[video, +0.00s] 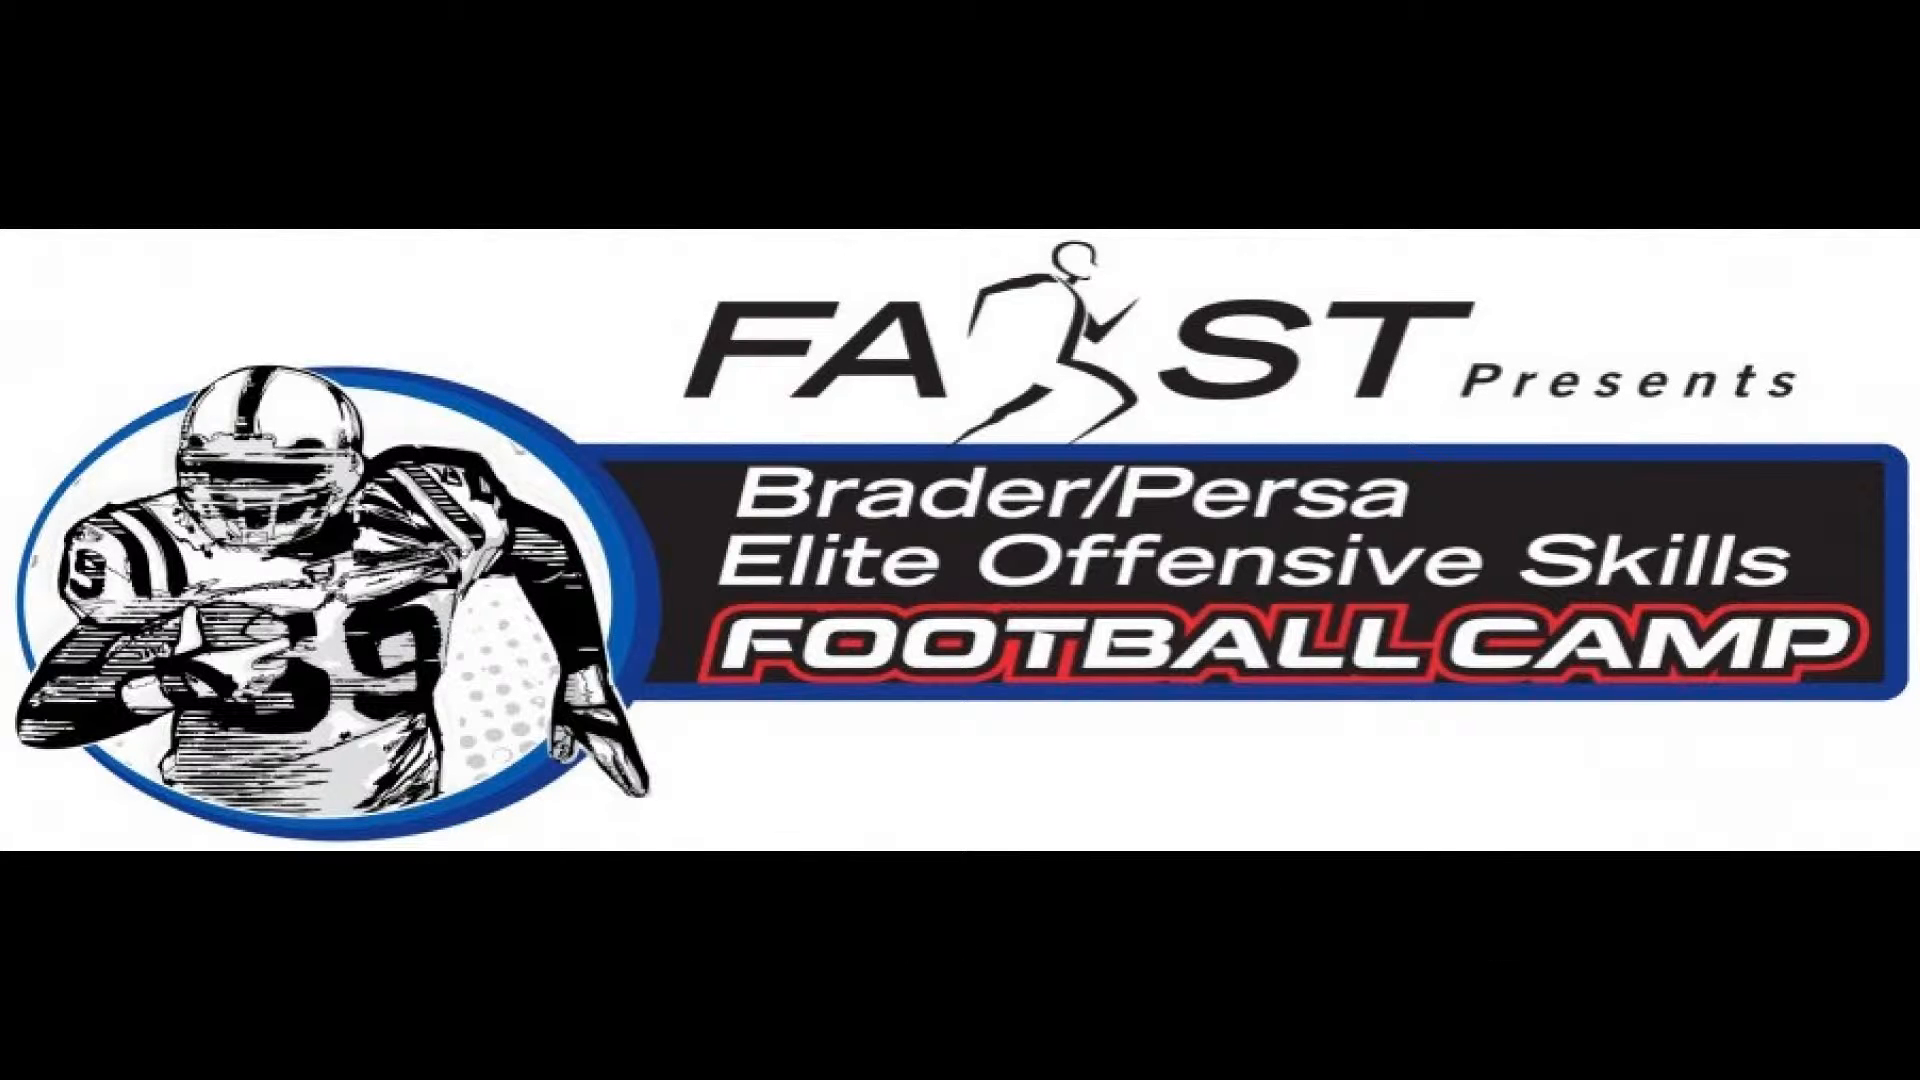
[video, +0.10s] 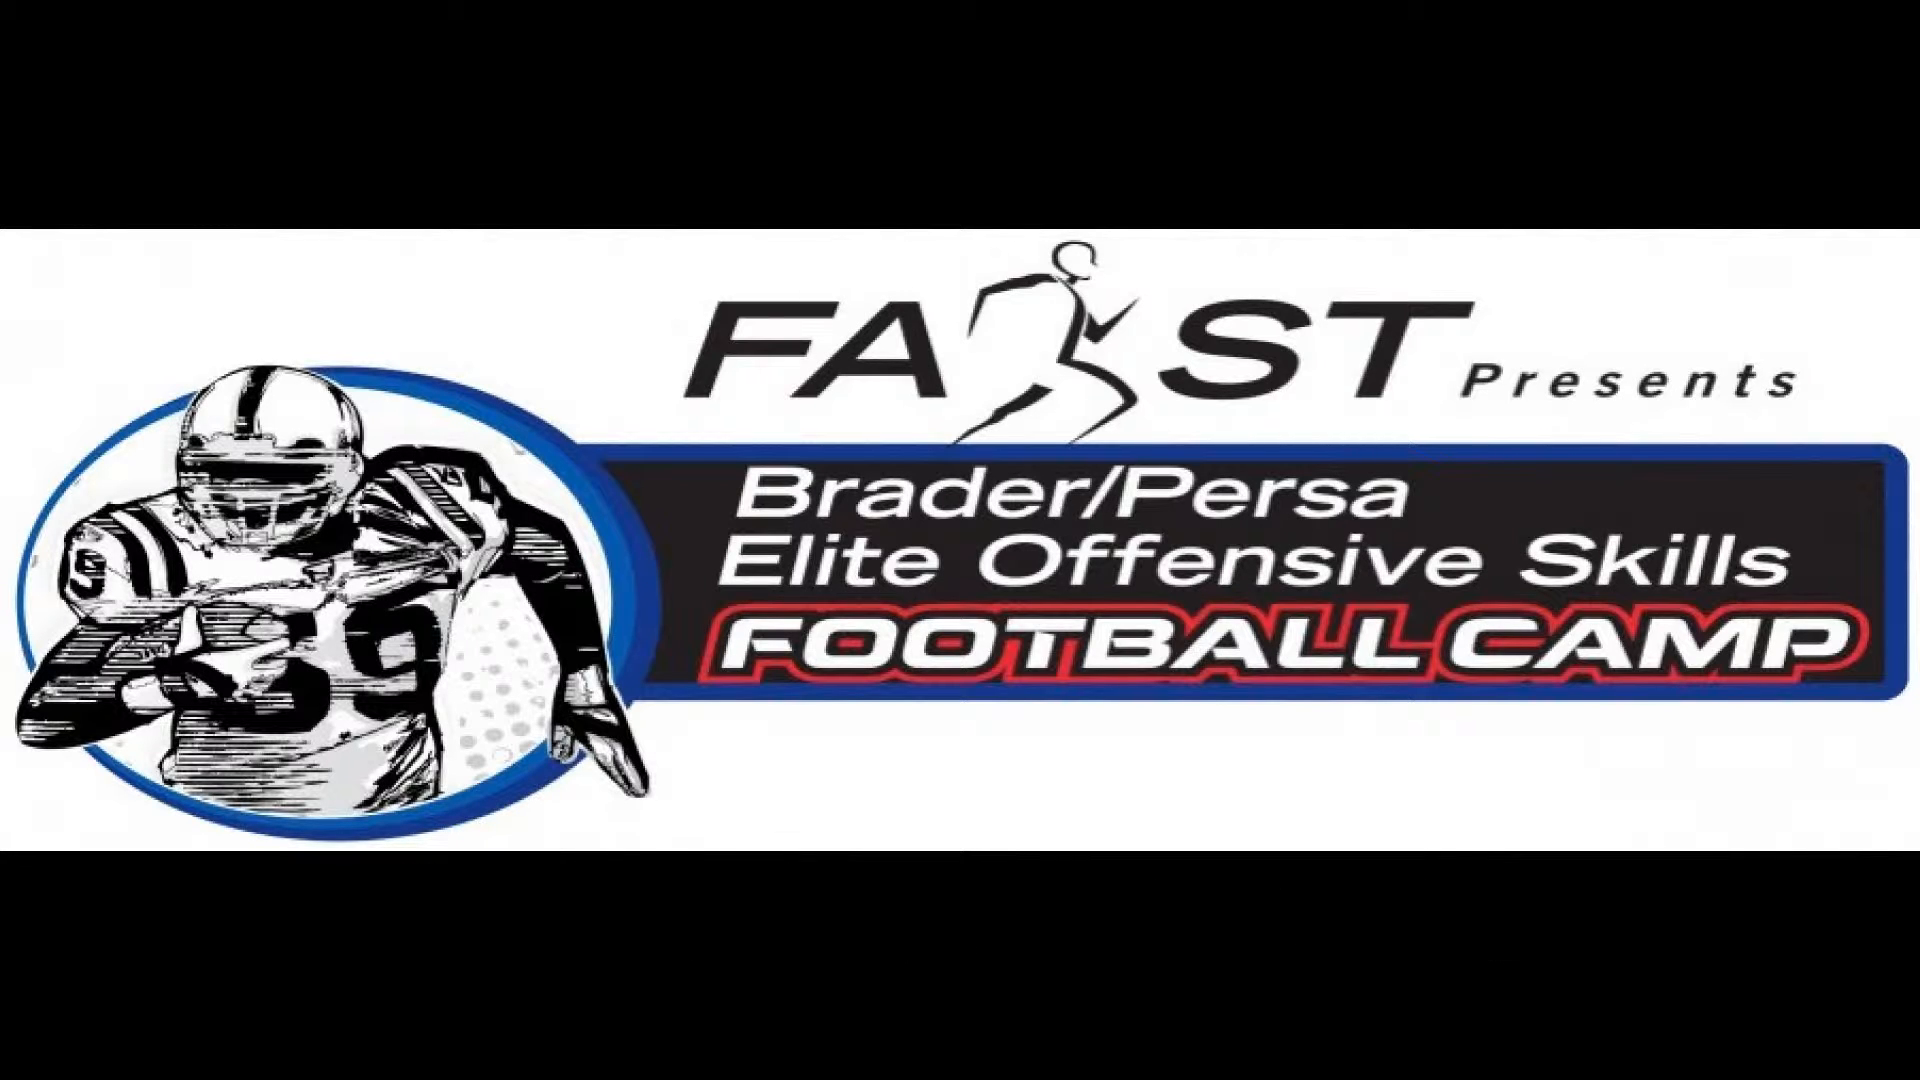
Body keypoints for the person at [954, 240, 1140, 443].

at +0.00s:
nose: (1088, 268)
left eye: (1089, 262)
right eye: (1082, 260)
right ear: (1069, 263)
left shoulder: (1077, 301)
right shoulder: (1045, 281)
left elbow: (1096, 335)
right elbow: (986, 292)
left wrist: (1127, 309)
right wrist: (970, 331)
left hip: (1053, 366)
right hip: (1059, 365)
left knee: (1002, 412)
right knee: (1128, 398)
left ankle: (956, 442)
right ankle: (1074, 441)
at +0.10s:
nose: (1088, 268)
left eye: (1089, 262)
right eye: (1082, 260)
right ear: (1069, 263)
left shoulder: (1077, 301)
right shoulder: (1045, 281)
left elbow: (1096, 335)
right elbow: (986, 292)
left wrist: (1127, 309)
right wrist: (970, 331)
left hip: (1053, 366)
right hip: (1059, 365)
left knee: (1002, 412)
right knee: (1128, 398)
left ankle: (956, 442)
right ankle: (1074, 441)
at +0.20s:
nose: (1087, 267)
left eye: (1088, 260)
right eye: (1080, 259)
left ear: (1089, 266)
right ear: (1066, 262)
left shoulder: (1077, 301)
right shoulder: (1045, 281)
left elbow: (1096, 334)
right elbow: (986, 292)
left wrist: (1128, 309)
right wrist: (970, 331)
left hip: (1054, 366)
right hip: (1057, 364)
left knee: (1002, 412)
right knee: (1127, 398)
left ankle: (957, 442)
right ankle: (1074, 441)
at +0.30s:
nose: (1086, 266)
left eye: (1088, 260)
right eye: (1079, 259)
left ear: (1089, 265)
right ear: (1065, 262)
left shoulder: (1078, 301)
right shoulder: (1045, 281)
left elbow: (1096, 335)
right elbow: (986, 292)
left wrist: (1127, 310)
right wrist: (970, 331)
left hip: (1055, 366)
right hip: (1057, 364)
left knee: (1003, 412)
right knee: (1128, 398)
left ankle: (957, 442)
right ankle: (1074, 441)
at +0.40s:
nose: (1087, 267)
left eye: (1088, 261)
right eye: (1080, 259)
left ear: (1089, 266)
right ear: (1066, 262)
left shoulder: (1078, 301)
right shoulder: (1045, 281)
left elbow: (1096, 334)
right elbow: (986, 292)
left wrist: (1127, 309)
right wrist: (970, 331)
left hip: (1052, 367)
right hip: (1057, 365)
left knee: (1002, 413)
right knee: (1128, 399)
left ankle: (956, 443)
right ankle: (1073, 442)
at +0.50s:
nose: (1090, 267)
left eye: (1090, 261)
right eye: (1085, 260)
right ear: (1071, 262)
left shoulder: (1078, 299)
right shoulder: (1045, 280)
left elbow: (1096, 333)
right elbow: (986, 291)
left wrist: (1128, 307)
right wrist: (970, 330)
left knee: (1000, 412)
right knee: (1128, 397)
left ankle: (953, 443)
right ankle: (1072, 441)